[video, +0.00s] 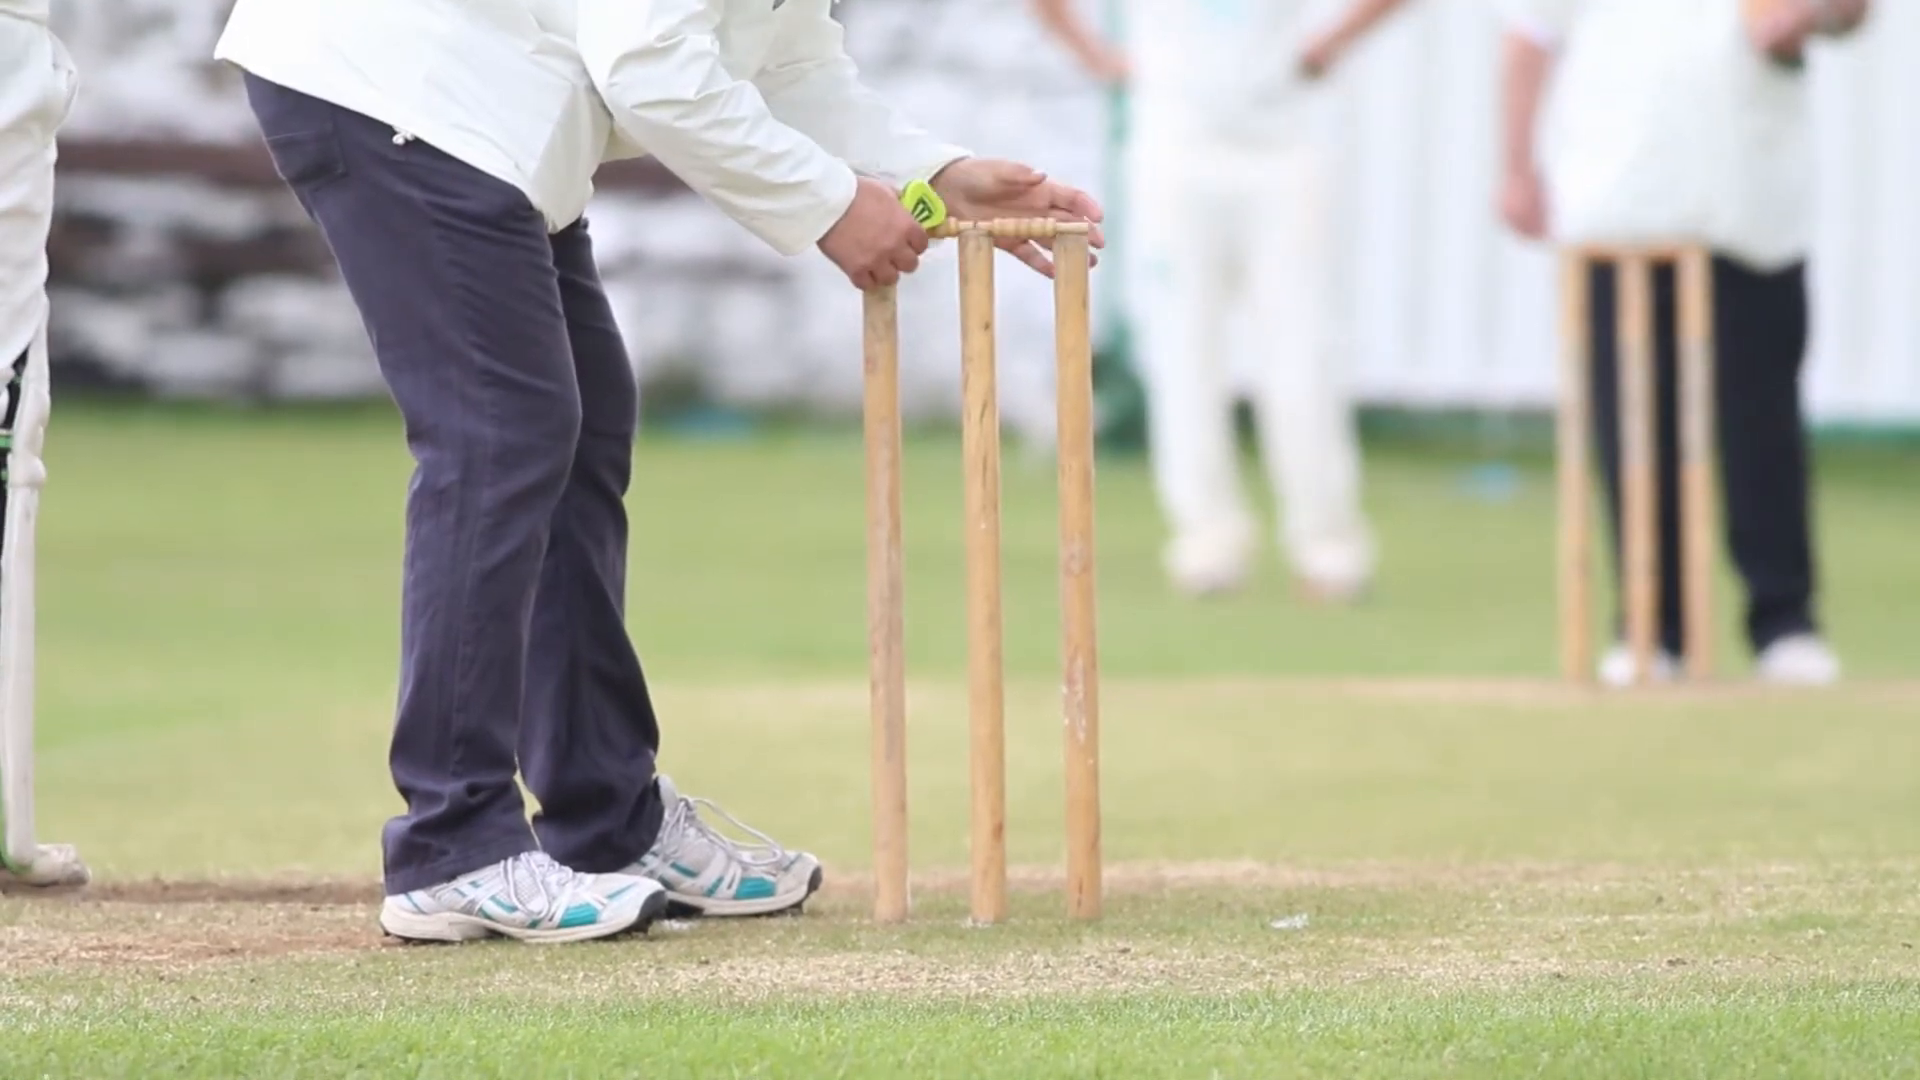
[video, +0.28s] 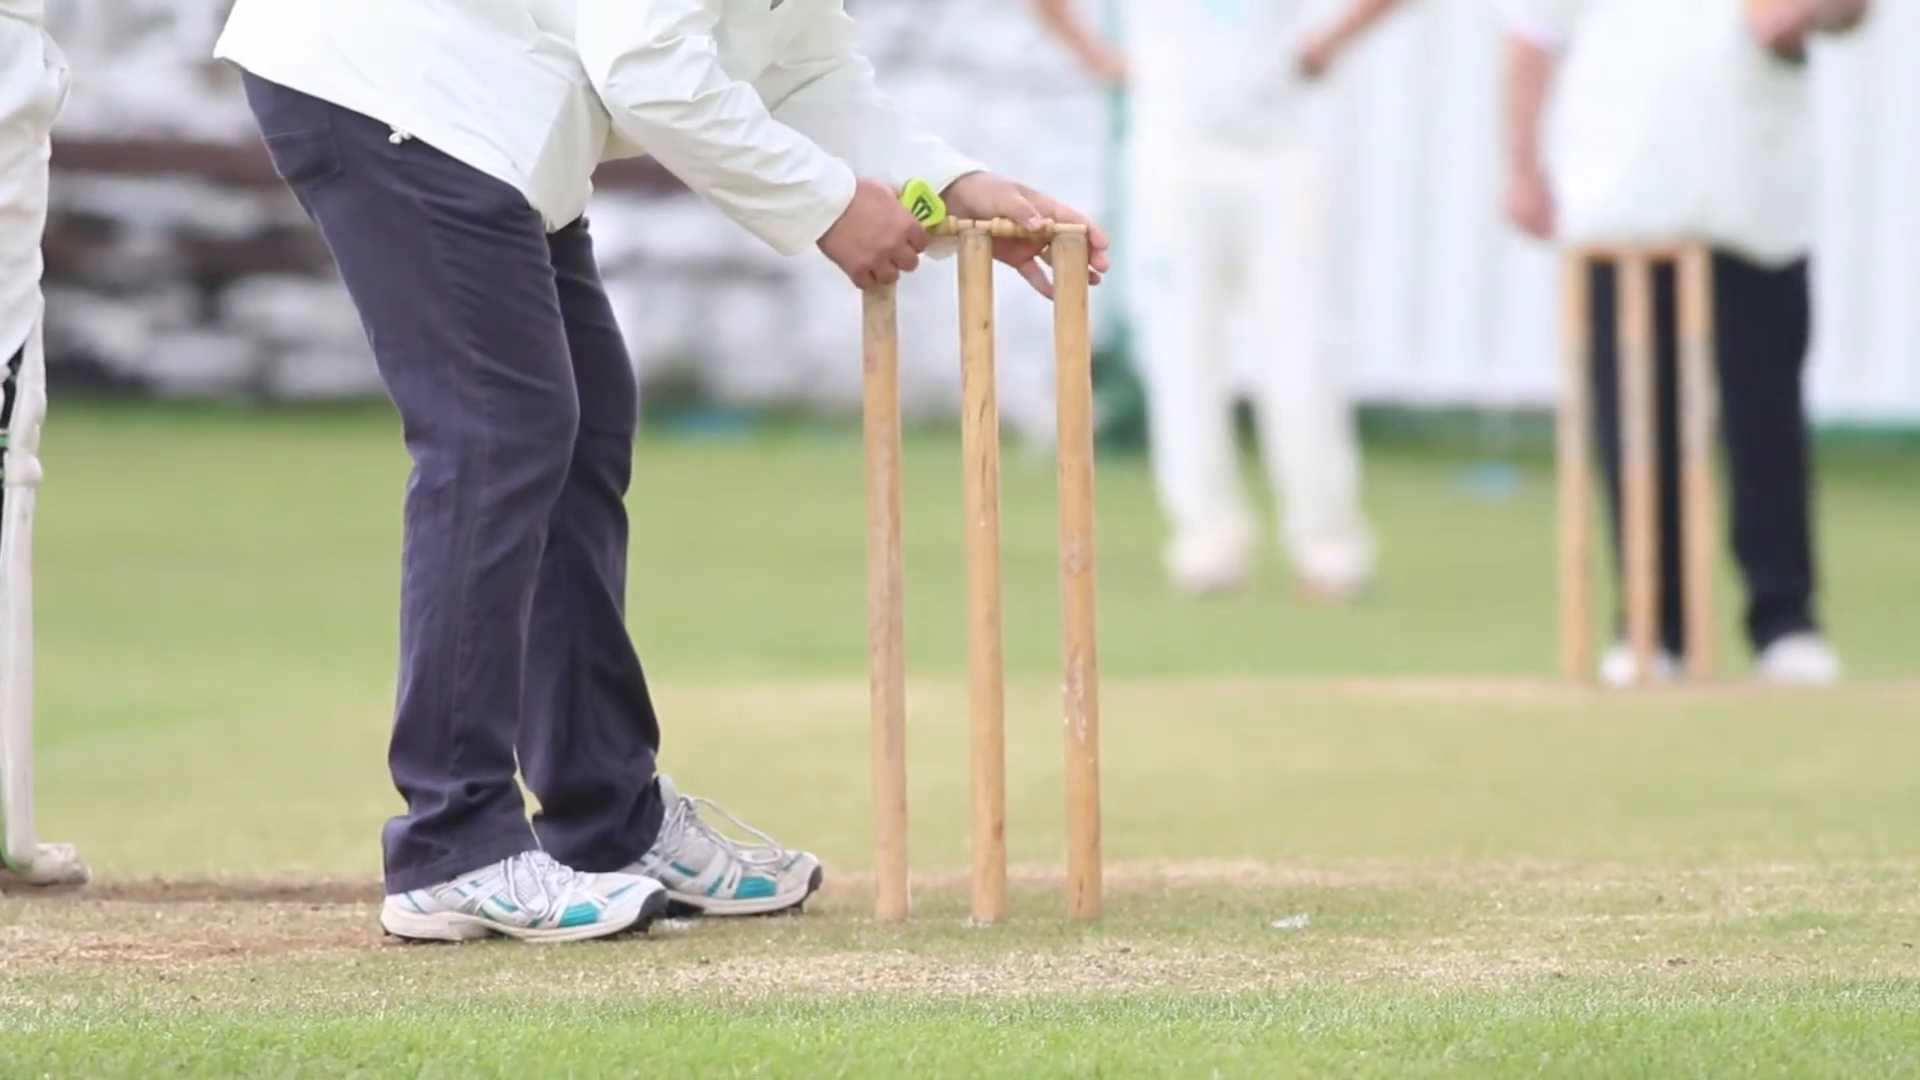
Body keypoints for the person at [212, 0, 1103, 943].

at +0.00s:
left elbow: (795, 79)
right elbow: (648, 66)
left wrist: (945, 170)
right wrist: (827, 203)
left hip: (489, 82)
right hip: (379, 56)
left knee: (587, 416)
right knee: (507, 426)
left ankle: (606, 822)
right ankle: (451, 855)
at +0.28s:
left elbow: (809, 71)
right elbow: (646, 63)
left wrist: (959, 183)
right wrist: (826, 202)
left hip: (489, 81)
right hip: (377, 55)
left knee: (586, 417)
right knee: (505, 425)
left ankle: (607, 822)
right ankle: (451, 855)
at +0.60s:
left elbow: (804, 61)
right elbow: (643, 62)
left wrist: (944, 189)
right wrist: (825, 200)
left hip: (491, 80)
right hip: (381, 57)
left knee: (587, 417)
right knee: (506, 424)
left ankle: (607, 821)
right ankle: (452, 852)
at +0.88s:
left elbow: (813, 65)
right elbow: (642, 59)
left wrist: (951, 186)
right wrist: (827, 197)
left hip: (493, 80)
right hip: (384, 56)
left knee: (589, 417)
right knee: (506, 423)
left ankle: (607, 819)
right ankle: (452, 851)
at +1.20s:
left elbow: (814, 67)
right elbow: (659, 61)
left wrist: (962, 193)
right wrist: (847, 191)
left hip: (491, 74)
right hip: (383, 53)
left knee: (588, 411)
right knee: (506, 421)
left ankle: (608, 818)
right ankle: (452, 849)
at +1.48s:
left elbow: (815, 65)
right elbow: (657, 54)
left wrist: (957, 192)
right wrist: (845, 188)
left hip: (488, 73)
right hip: (383, 52)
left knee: (588, 411)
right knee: (506, 421)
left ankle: (608, 818)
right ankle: (452, 849)